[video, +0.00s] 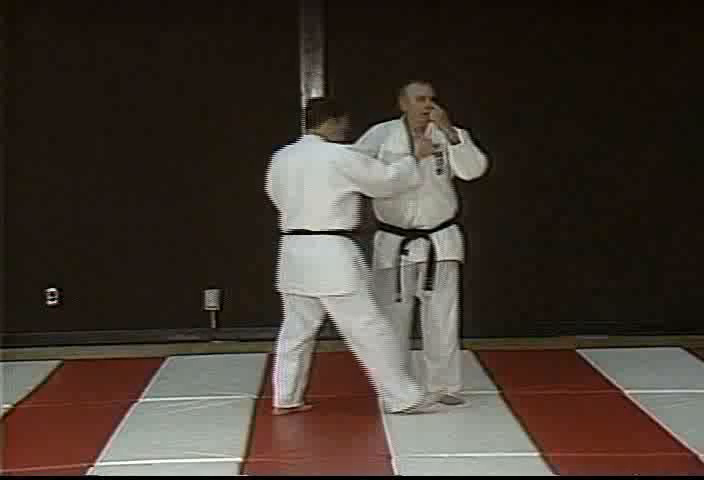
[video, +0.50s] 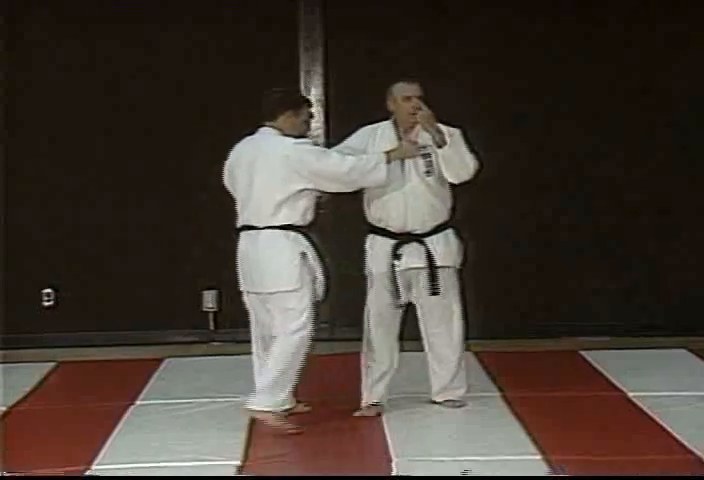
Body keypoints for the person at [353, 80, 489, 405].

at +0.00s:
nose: (427, 106)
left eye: (431, 100)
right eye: (420, 100)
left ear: (436, 104)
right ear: (403, 104)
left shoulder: (449, 136)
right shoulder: (381, 135)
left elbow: (474, 170)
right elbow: (351, 170)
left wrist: (450, 133)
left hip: (441, 237)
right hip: (394, 238)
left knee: (442, 315)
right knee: (393, 316)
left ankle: (444, 387)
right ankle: (392, 387)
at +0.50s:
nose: (414, 105)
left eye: (418, 99)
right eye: (406, 99)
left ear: (425, 103)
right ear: (391, 105)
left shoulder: (446, 136)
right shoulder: (371, 136)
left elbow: (463, 173)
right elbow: (330, 162)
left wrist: (437, 135)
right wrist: (386, 157)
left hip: (435, 243)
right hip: (383, 244)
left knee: (443, 321)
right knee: (379, 324)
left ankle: (448, 391)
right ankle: (373, 398)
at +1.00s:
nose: (382, 99)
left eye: (385, 93)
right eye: (373, 94)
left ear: (391, 99)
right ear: (356, 101)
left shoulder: (410, 135)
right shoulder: (338, 139)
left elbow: (436, 184)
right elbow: (302, 168)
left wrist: (429, 231)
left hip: (410, 244)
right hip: (358, 245)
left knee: (424, 325)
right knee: (360, 326)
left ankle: (432, 404)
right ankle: (369, 404)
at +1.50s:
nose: (384, 99)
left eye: (387, 93)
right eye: (375, 94)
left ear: (392, 98)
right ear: (357, 99)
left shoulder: (411, 136)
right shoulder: (337, 138)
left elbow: (434, 186)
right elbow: (297, 165)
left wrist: (428, 234)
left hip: (405, 246)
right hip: (354, 249)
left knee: (419, 332)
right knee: (359, 334)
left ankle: (425, 410)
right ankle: (370, 409)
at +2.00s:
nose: (378, 99)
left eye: (383, 92)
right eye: (370, 93)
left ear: (390, 96)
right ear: (354, 98)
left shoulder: (411, 133)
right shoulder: (337, 137)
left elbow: (434, 186)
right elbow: (296, 162)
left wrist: (427, 237)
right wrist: (284, 187)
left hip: (407, 245)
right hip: (356, 248)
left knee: (420, 332)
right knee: (360, 333)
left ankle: (426, 411)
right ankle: (372, 412)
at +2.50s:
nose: (356, 99)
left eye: (363, 93)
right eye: (352, 94)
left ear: (384, 96)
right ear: (349, 99)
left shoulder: (411, 133)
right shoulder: (337, 136)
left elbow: (435, 186)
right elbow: (294, 161)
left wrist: (428, 238)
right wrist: (274, 184)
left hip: (406, 246)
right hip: (354, 248)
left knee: (419, 331)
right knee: (359, 333)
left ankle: (428, 413)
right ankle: (372, 413)